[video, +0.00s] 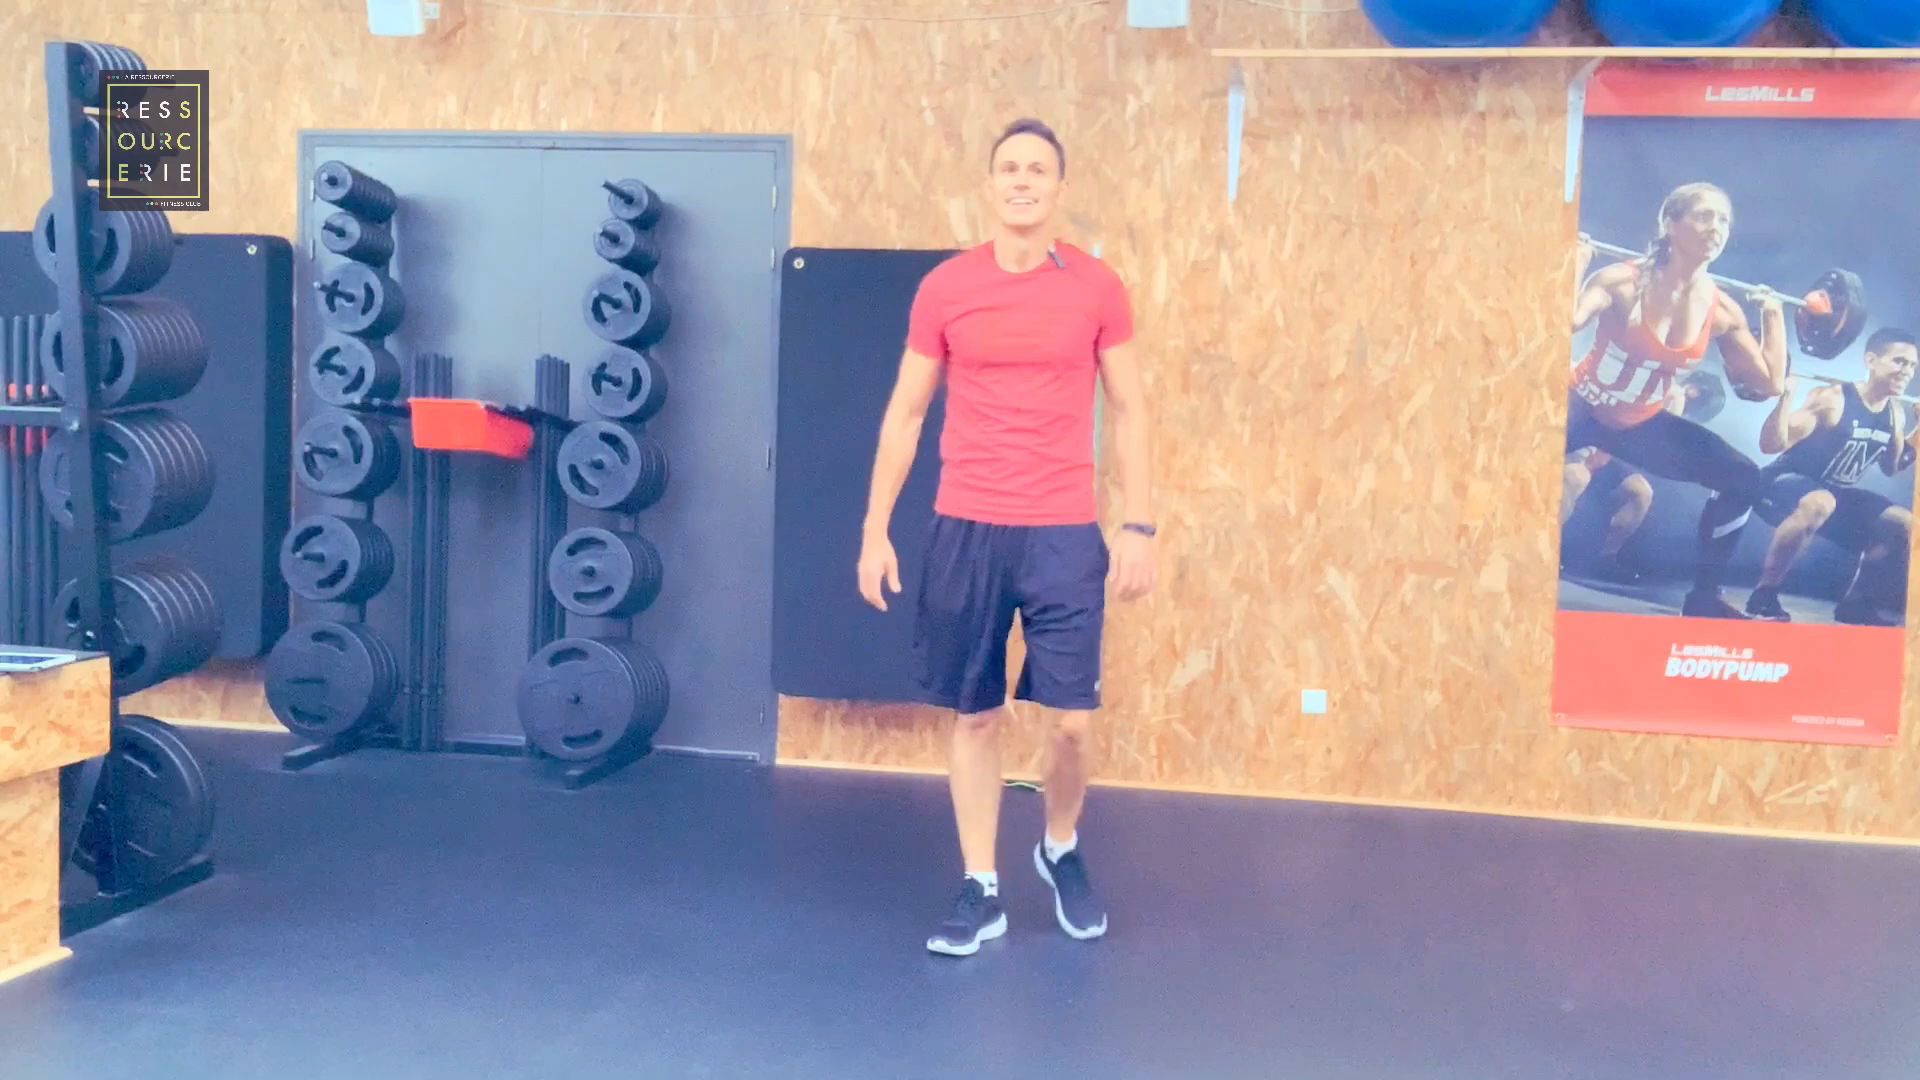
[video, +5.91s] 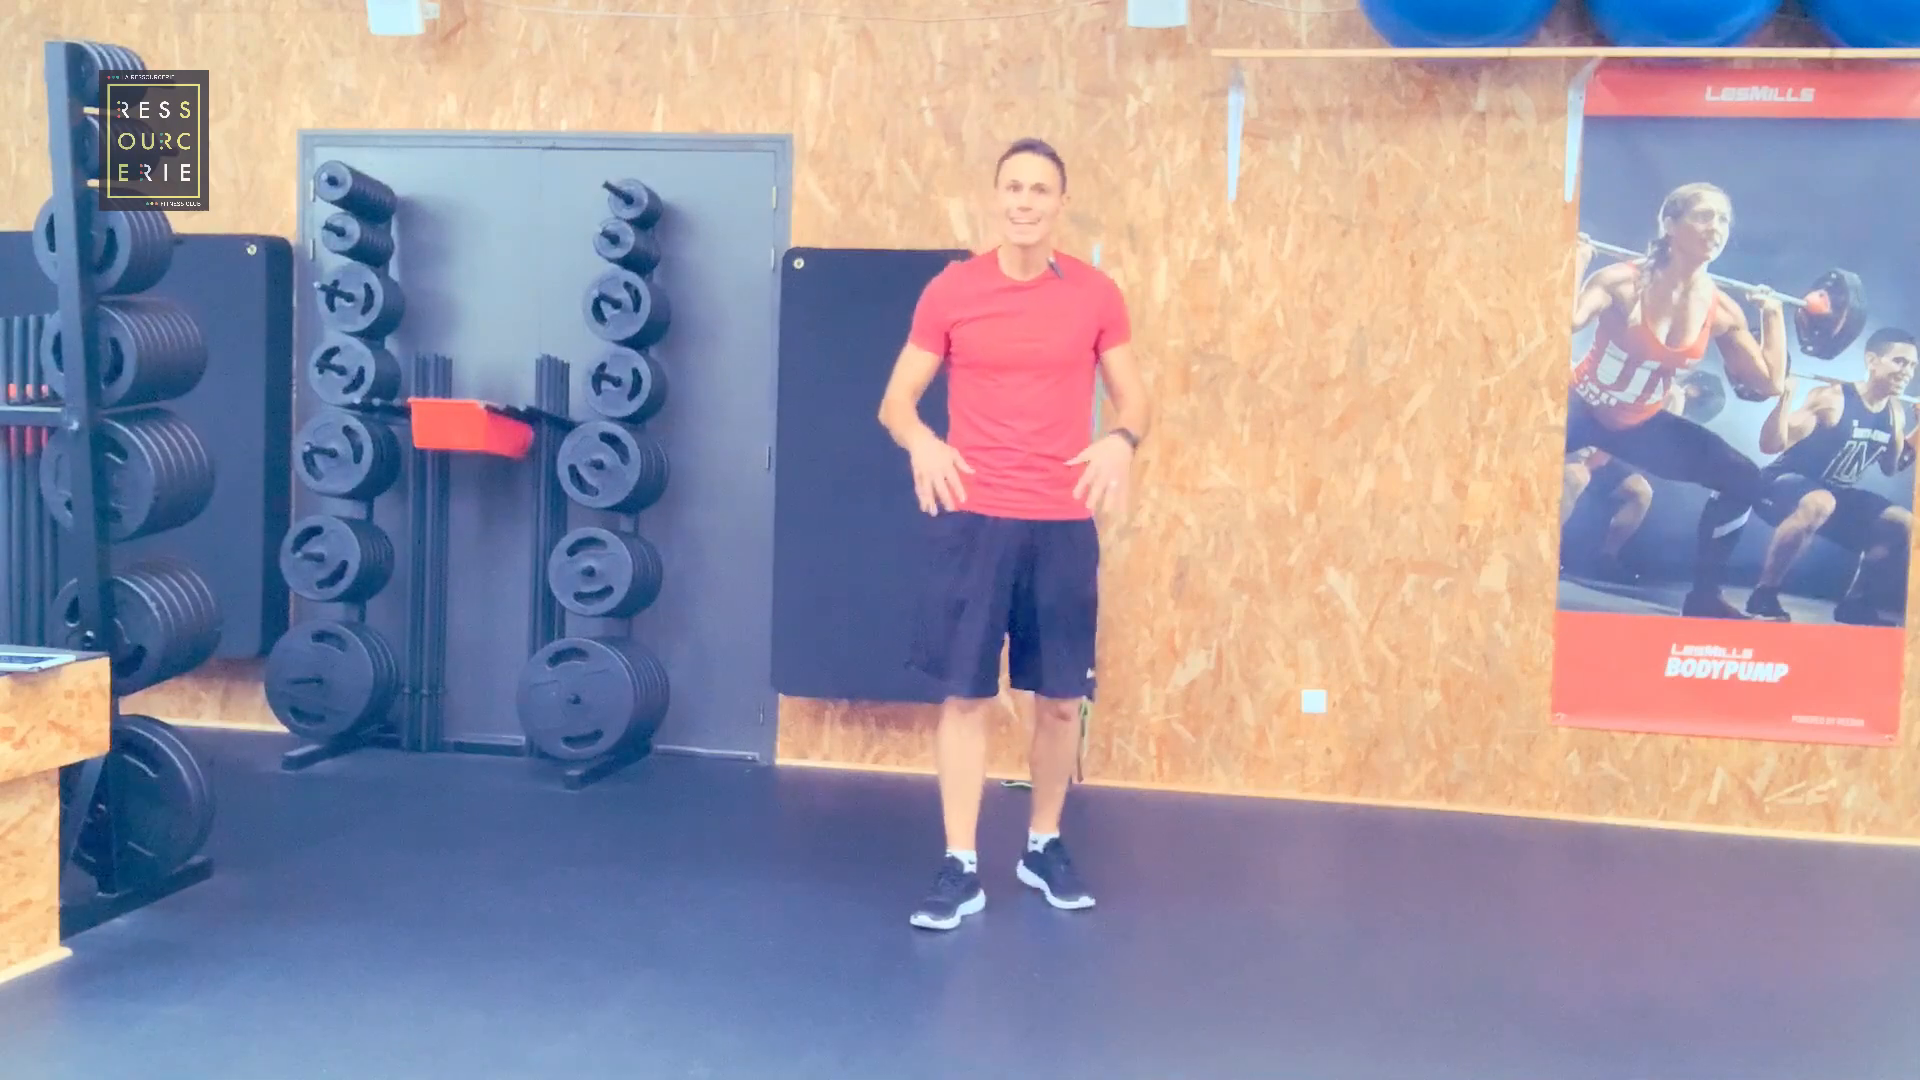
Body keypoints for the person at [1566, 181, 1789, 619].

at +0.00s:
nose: (1716, 228)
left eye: (1724, 220)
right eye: (1704, 216)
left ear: (1728, 233)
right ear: (1671, 223)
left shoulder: (1722, 310)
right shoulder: (1620, 279)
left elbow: (1769, 386)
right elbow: (1560, 325)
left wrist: (1773, 312)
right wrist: (1573, 269)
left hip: (1645, 424)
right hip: (1579, 408)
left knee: (1743, 478)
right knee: (1514, 450)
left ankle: (1704, 597)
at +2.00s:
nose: (1716, 228)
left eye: (1724, 221)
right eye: (1704, 216)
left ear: (1728, 234)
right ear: (1671, 224)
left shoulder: (1722, 310)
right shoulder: (1620, 279)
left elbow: (1768, 386)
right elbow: (1559, 324)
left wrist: (1773, 312)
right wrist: (1573, 269)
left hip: (1644, 425)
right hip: (1579, 409)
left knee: (1741, 477)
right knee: (1515, 447)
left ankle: (1705, 597)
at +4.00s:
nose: (1716, 228)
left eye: (1724, 221)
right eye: (1704, 216)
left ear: (1728, 234)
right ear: (1671, 224)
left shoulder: (1722, 310)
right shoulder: (1620, 280)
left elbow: (1769, 385)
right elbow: (1559, 325)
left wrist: (1773, 311)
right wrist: (1573, 270)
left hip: (1644, 425)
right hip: (1579, 409)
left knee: (1742, 477)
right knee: (1517, 446)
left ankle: (1705, 597)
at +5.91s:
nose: (1717, 228)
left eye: (1724, 220)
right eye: (1705, 216)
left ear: (1728, 233)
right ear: (1670, 224)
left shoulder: (1722, 310)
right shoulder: (1620, 279)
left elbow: (1769, 385)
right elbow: (1558, 326)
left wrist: (1773, 312)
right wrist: (1573, 269)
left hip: (1644, 425)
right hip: (1579, 409)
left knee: (1742, 477)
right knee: (1511, 449)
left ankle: (1705, 597)